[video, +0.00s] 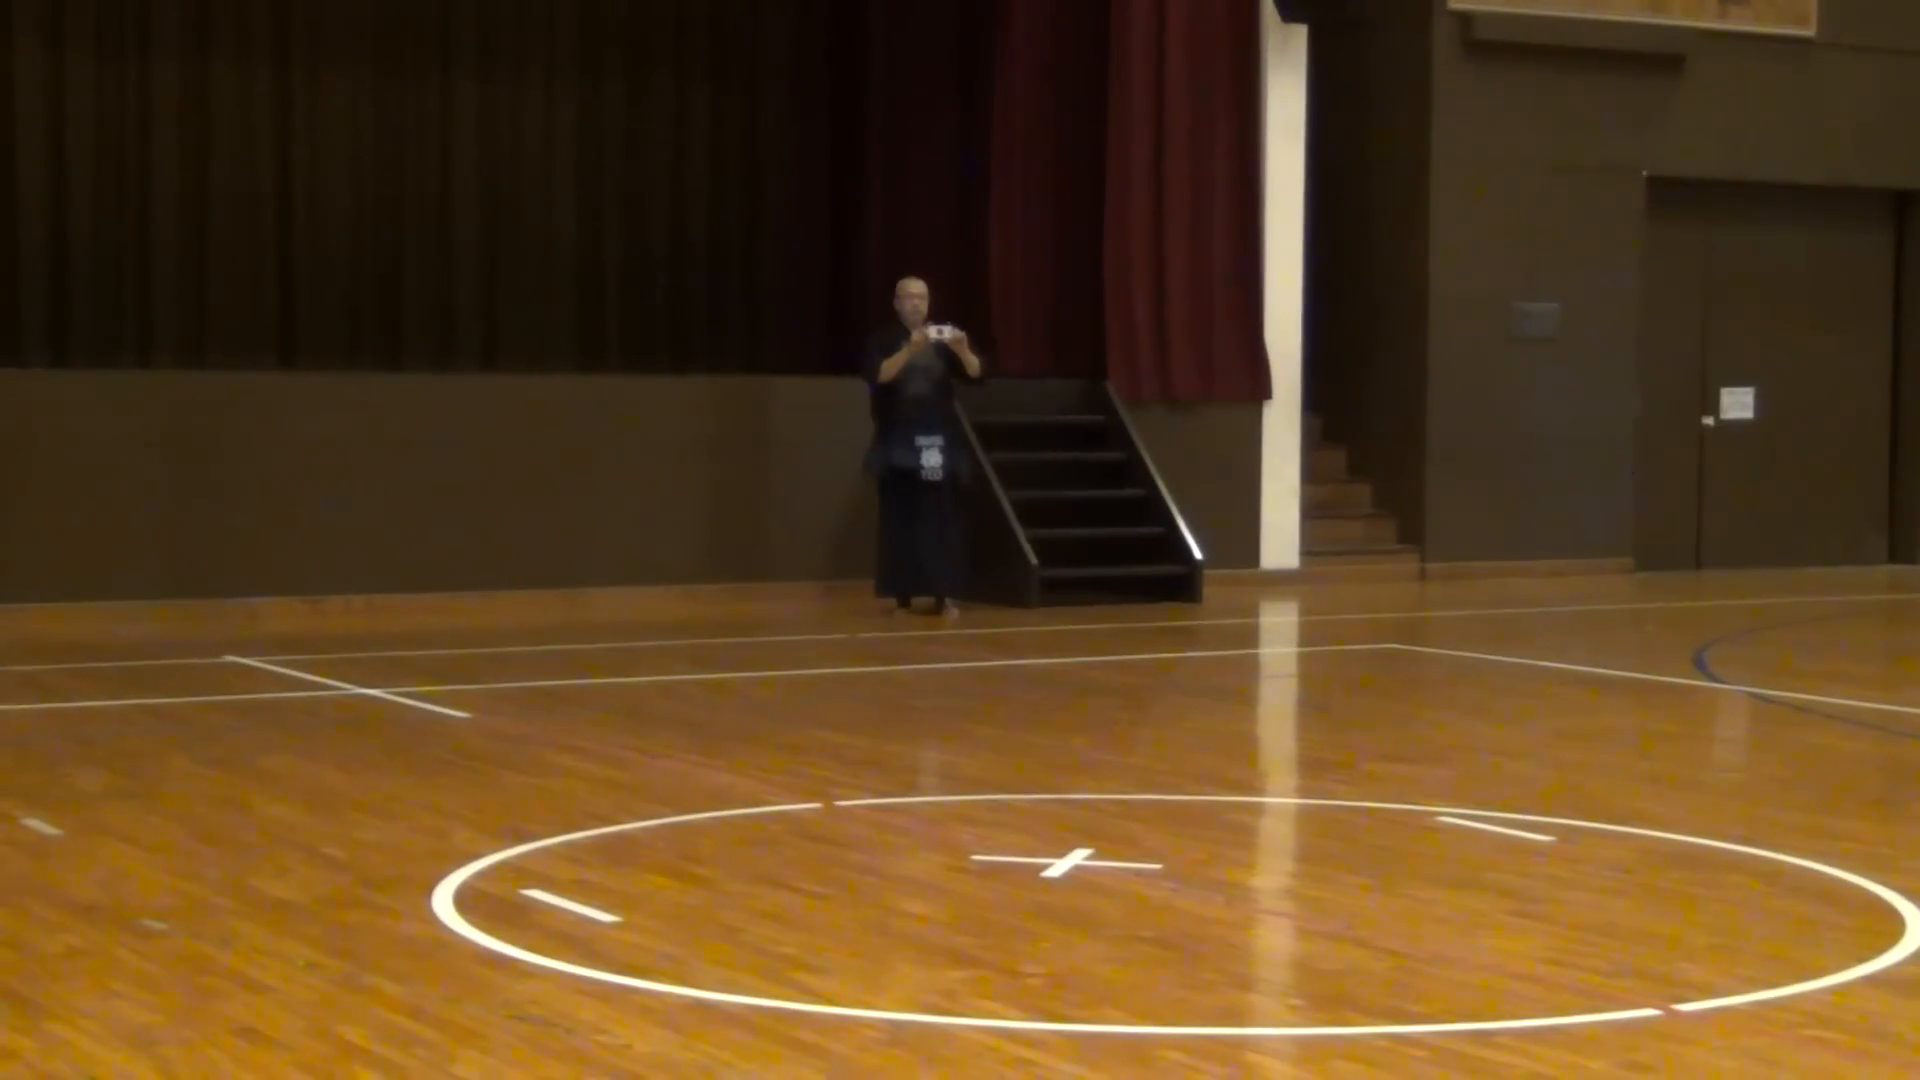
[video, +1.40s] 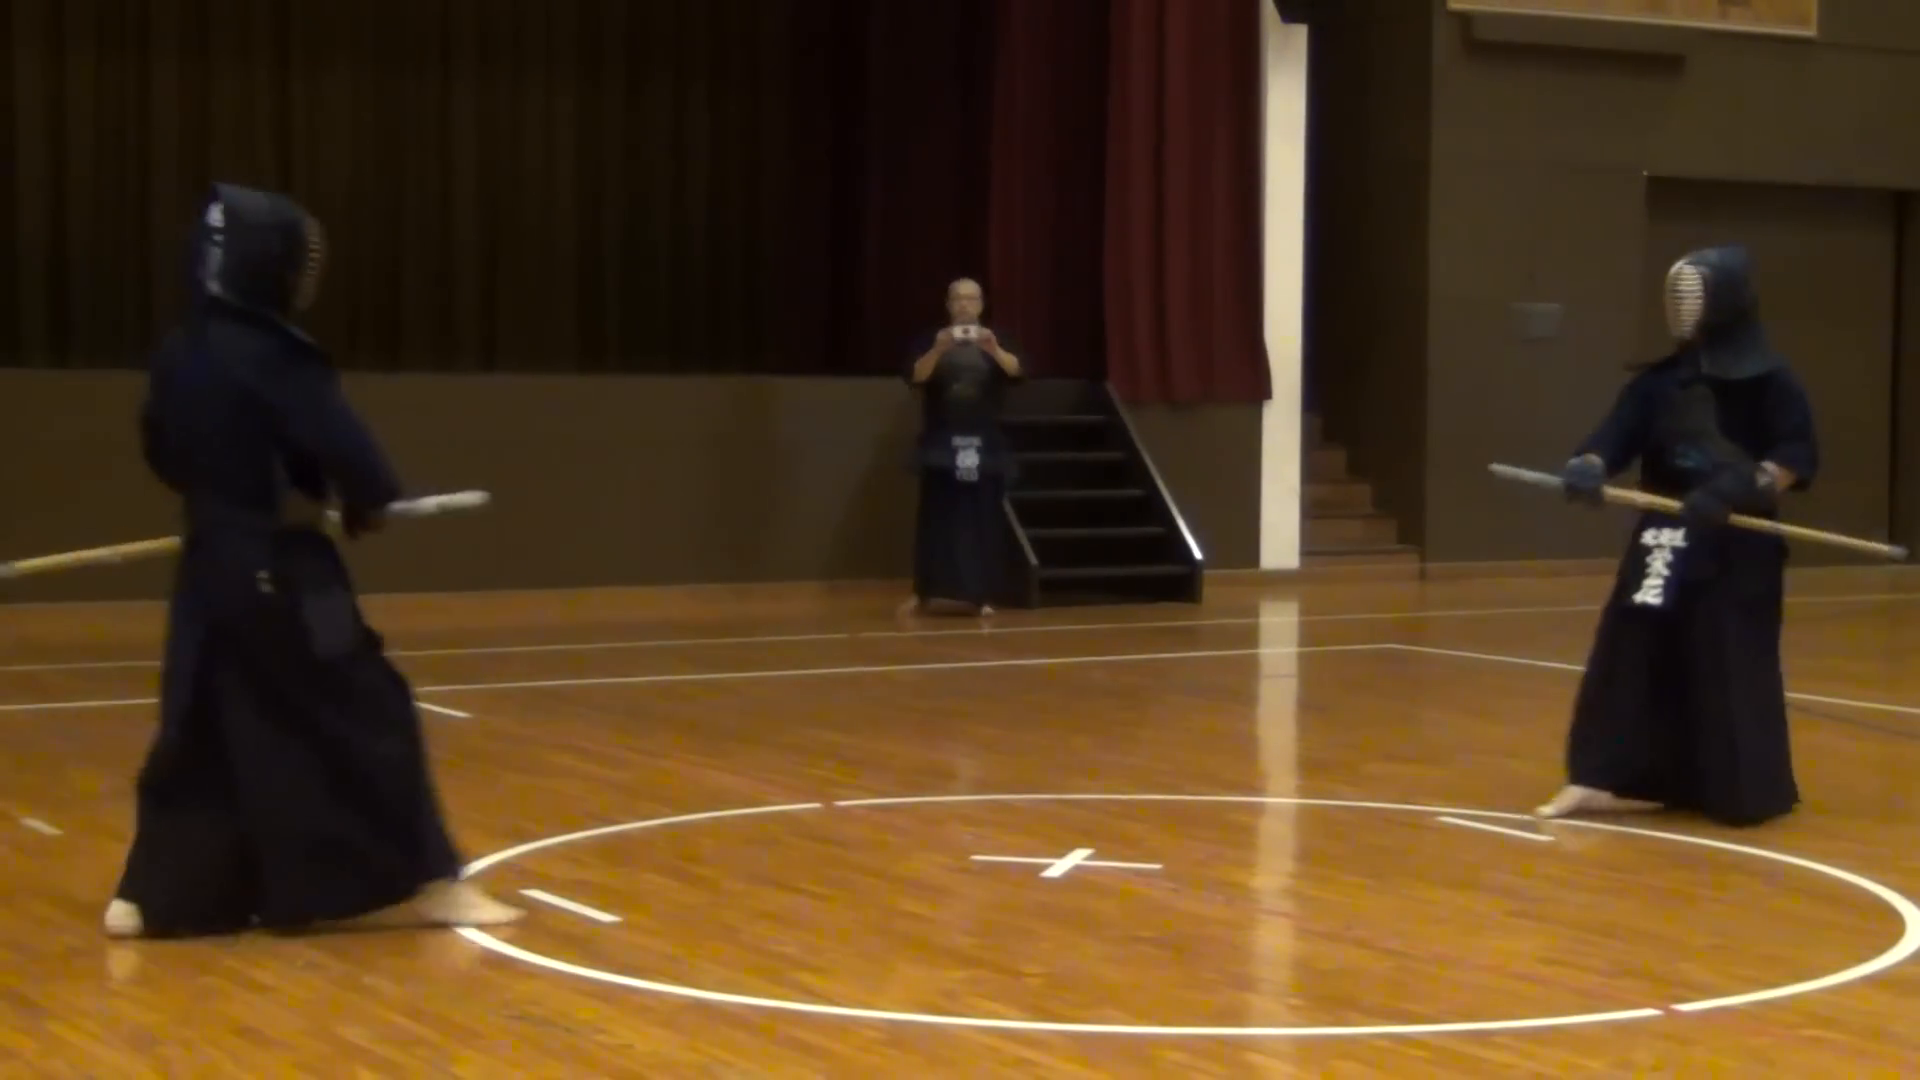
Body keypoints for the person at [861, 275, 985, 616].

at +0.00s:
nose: (914, 304)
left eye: (920, 298)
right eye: (908, 298)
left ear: (929, 302)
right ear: (896, 303)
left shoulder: (942, 340)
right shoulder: (885, 341)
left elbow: (975, 372)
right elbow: (879, 376)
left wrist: (961, 348)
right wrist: (911, 349)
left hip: (939, 437)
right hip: (898, 437)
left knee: (942, 511)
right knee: (900, 514)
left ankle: (946, 591)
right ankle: (902, 590)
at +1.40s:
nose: (965, 305)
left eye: (972, 299)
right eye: (959, 299)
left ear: (982, 303)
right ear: (949, 304)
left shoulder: (994, 341)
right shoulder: (934, 342)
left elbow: (1017, 371)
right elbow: (916, 376)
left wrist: (992, 348)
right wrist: (940, 348)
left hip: (983, 437)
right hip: (942, 437)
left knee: (984, 513)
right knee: (935, 512)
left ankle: (986, 596)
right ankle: (925, 591)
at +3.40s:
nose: (974, 305)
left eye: (981, 299)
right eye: (968, 298)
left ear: (991, 303)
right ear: (957, 302)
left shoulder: (1002, 339)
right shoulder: (944, 338)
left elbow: (1023, 370)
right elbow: (924, 374)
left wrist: (1000, 348)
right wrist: (947, 346)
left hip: (988, 436)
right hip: (948, 435)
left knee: (985, 512)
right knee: (944, 512)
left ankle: (982, 594)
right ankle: (938, 593)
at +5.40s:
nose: (988, 304)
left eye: (994, 298)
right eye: (983, 298)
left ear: (1004, 302)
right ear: (972, 302)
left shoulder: (1016, 340)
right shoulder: (958, 339)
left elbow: (1036, 371)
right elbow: (937, 373)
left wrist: (1013, 347)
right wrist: (960, 346)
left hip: (1003, 434)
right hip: (962, 434)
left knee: (1000, 510)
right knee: (961, 510)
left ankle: (996, 588)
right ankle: (959, 588)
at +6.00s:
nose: (986, 305)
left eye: (992, 299)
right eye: (979, 299)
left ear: (1002, 303)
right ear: (969, 303)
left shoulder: (1015, 342)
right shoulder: (954, 340)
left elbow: (1035, 371)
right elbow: (936, 376)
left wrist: (1012, 348)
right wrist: (959, 347)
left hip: (1001, 440)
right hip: (958, 439)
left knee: (998, 517)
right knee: (954, 516)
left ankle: (997, 599)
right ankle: (947, 596)